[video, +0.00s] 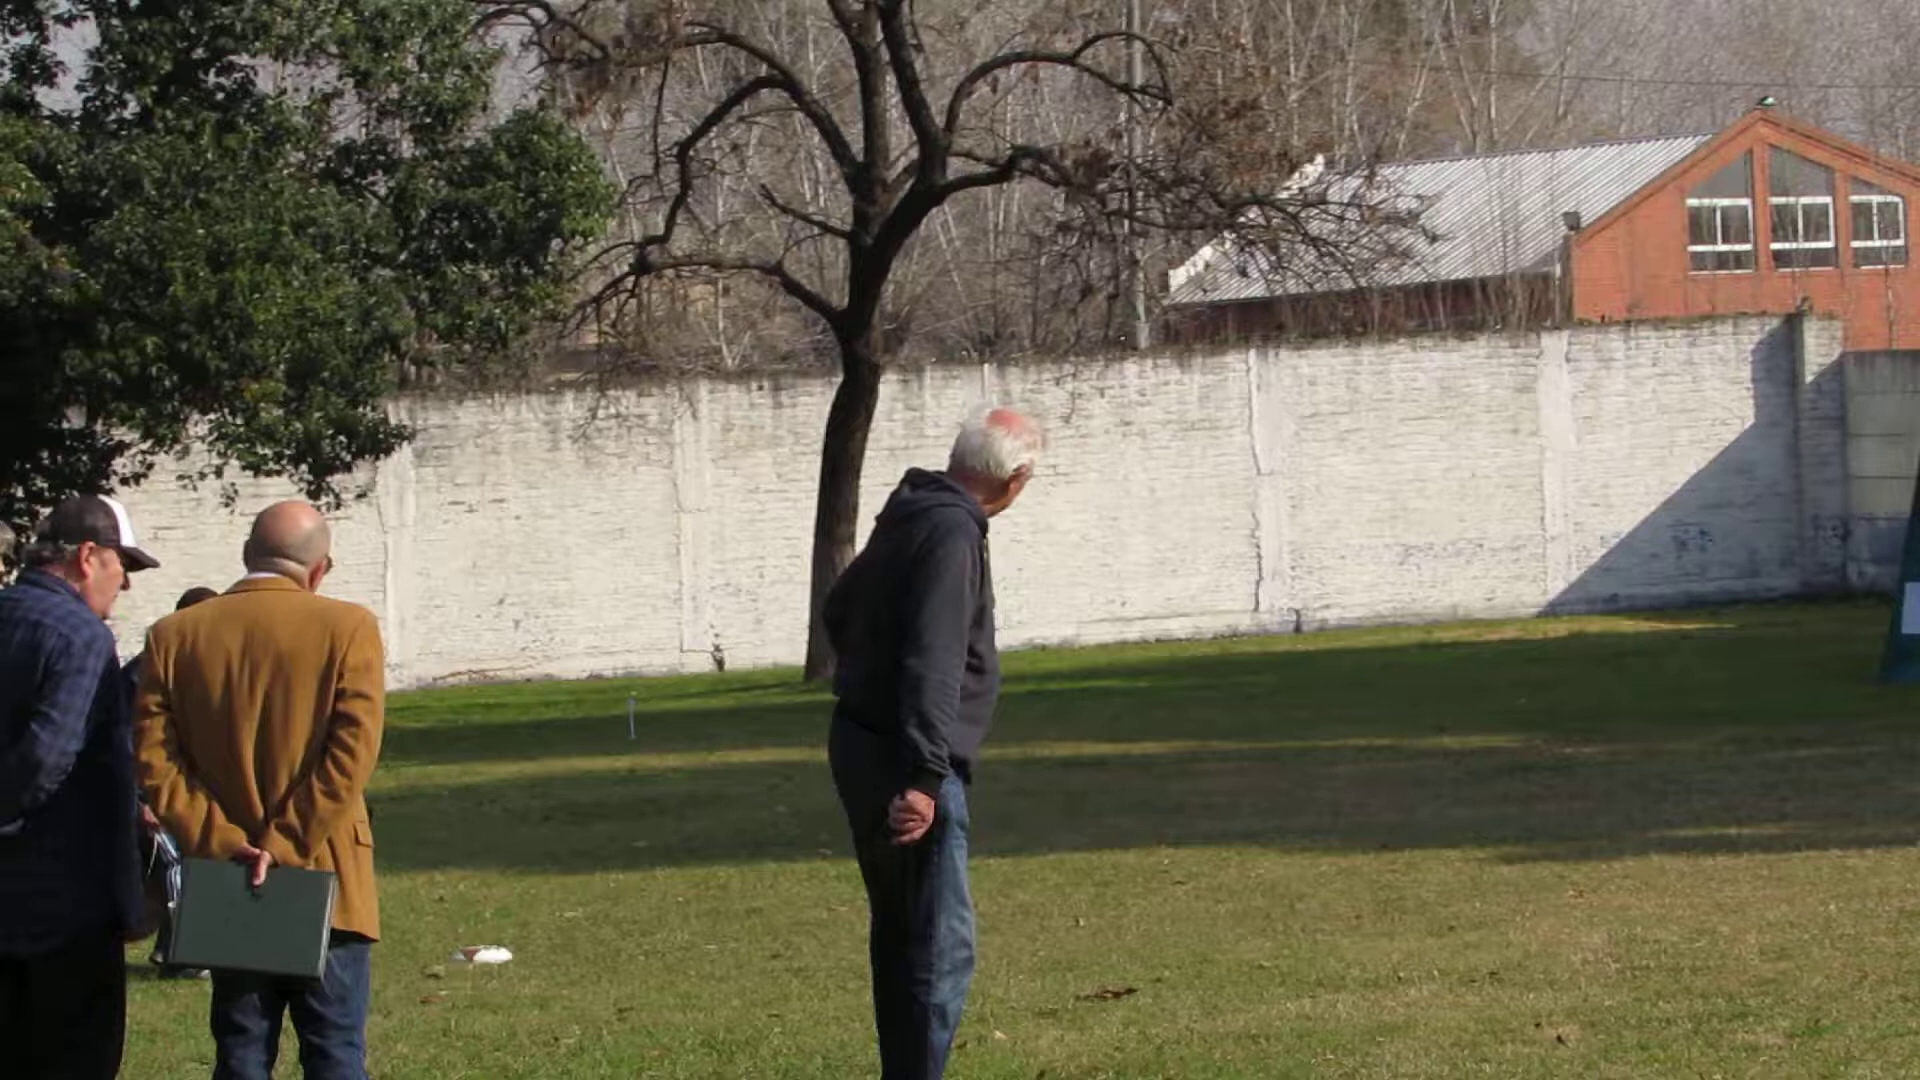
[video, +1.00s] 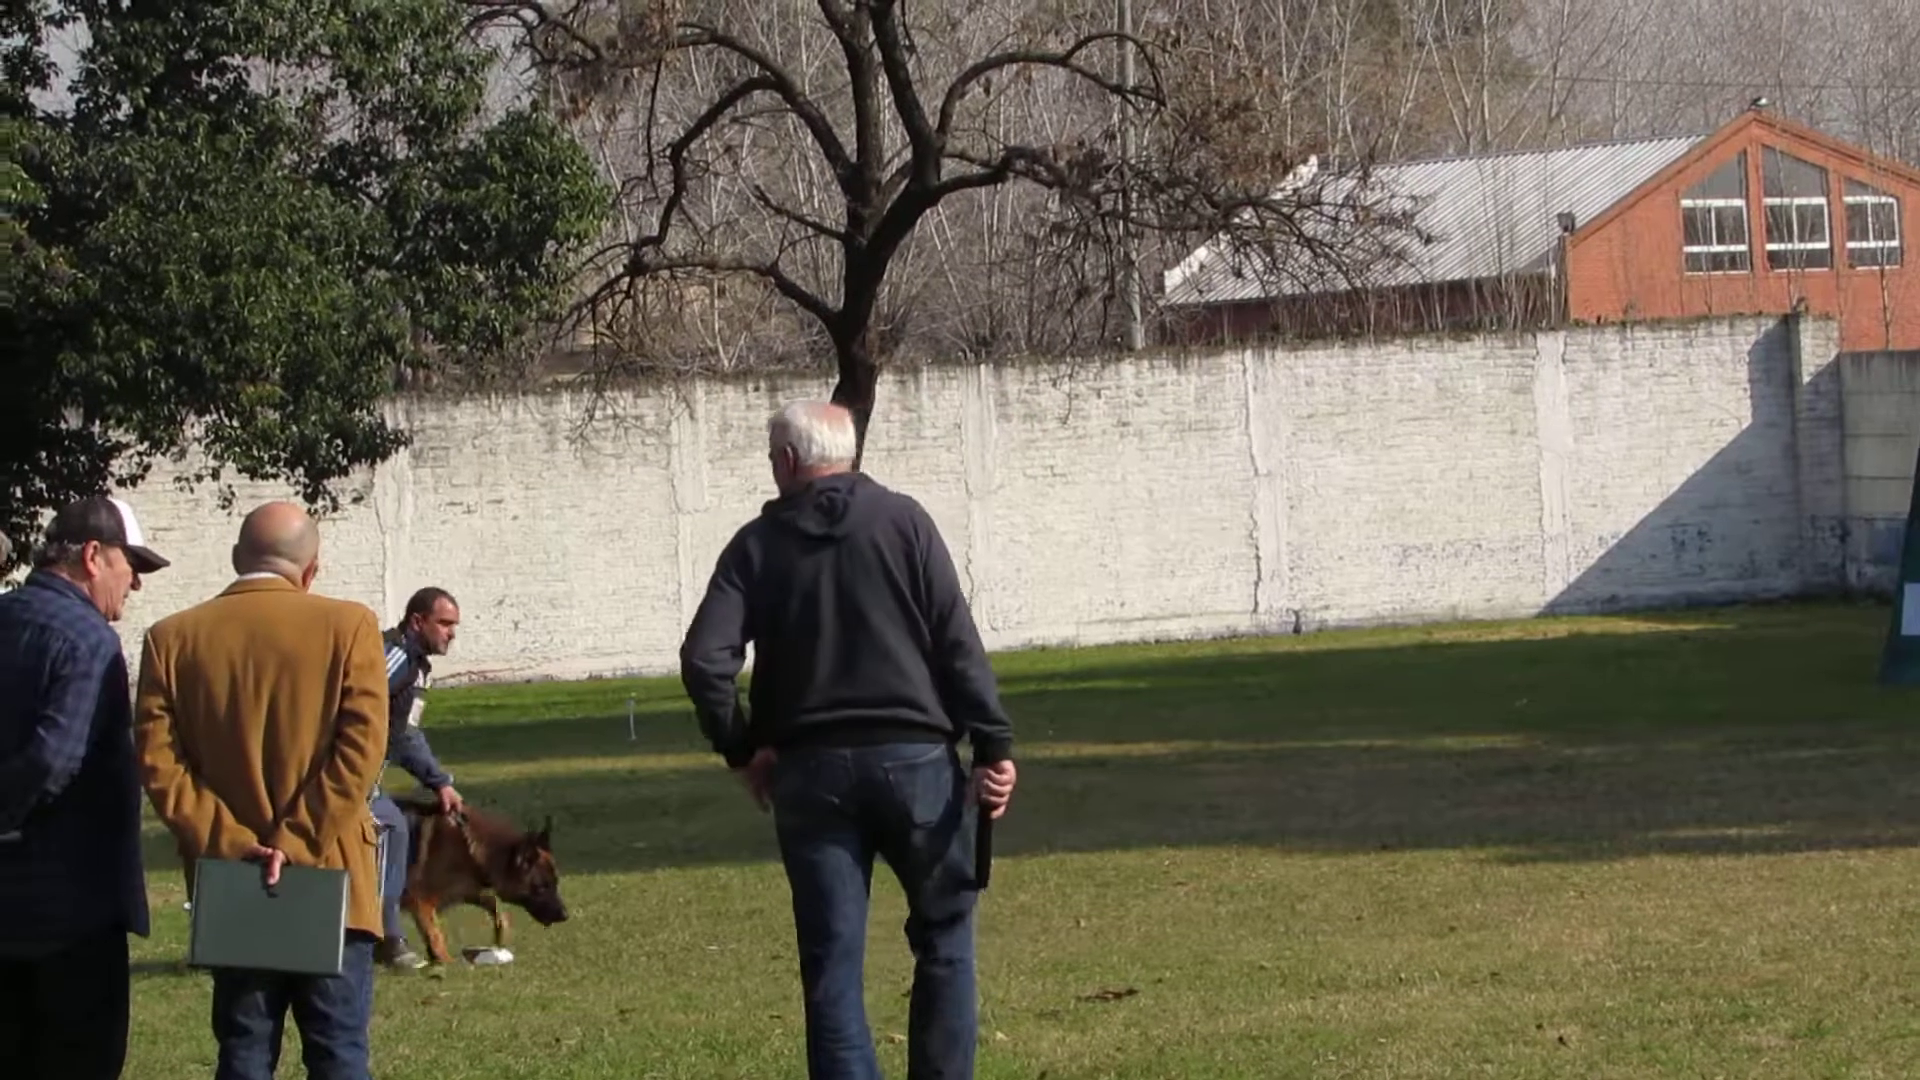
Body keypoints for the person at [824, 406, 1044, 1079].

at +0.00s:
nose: (1027, 486)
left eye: (1030, 475)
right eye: (1030, 476)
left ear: (958, 455)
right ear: (1015, 479)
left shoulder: (911, 514)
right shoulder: (953, 531)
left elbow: (839, 608)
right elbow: (931, 658)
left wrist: (877, 697)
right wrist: (926, 775)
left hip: (872, 754)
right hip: (916, 765)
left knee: (904, 937)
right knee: (941, 949)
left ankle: (905, 1067)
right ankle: (918, 1069)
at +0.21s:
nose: (1005, 471)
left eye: (1005, 459)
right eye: (1005, 462)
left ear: (929, 451)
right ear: (991, 470)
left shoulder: (868, 510)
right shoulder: (957, 530)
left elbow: (786, 605)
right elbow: (958, 653)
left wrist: (828, 698)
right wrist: (960, 767)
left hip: (838, 746)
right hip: (911, 758)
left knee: (861, 930)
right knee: (932, 937)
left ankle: (848, 1069)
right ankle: (908, 1066)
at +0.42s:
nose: (970, 464)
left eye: (970, 456)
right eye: (970, 456)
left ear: (892, 449)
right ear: (961, 460)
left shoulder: (834, 515)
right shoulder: (958, 523)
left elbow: (754, 616)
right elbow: (976, 652)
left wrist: (793, 708)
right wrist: (986, 761)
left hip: (833, 754)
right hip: (927, 761)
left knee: (847, 929)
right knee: (942, 939)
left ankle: (826, 1067)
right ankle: (914, 1070)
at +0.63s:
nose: (928, 461)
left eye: (925, 453)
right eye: (926, 452)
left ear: (849, 453)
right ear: (916, 457)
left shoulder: (800, 530)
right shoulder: (944, 527)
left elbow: (733, 640)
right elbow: (976, 654)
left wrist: (772, 729)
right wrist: (997, 763)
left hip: (826, 769)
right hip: (929, 766)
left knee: (842, 946)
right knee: (956, 932)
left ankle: (846, 1073)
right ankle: (929, 1071)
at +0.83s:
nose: (791, 468)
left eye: (793, 457)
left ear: (807, 459)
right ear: (873, 455)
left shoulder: (769, 541)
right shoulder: (917, 527)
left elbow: (710, 654)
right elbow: (964, 653)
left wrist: (749, 745)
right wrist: (995, 758)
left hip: (811, 778)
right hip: (916, 770)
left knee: (834, 954)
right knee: (960, 920)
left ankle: (847, 1075)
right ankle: (941, 1072)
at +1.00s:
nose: (771, 472)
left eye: (772, 461)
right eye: (773, 461)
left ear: (787, 461)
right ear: (852, 457)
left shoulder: (757, 542)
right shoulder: (904, 520)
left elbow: (705, 660)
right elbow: (956, 642)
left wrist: (742, 749)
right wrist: (994, 746)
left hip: (808, 773)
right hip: (915, 763)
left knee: (830, 964)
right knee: (945, 936)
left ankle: (845, 1076)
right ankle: (943, 1071)